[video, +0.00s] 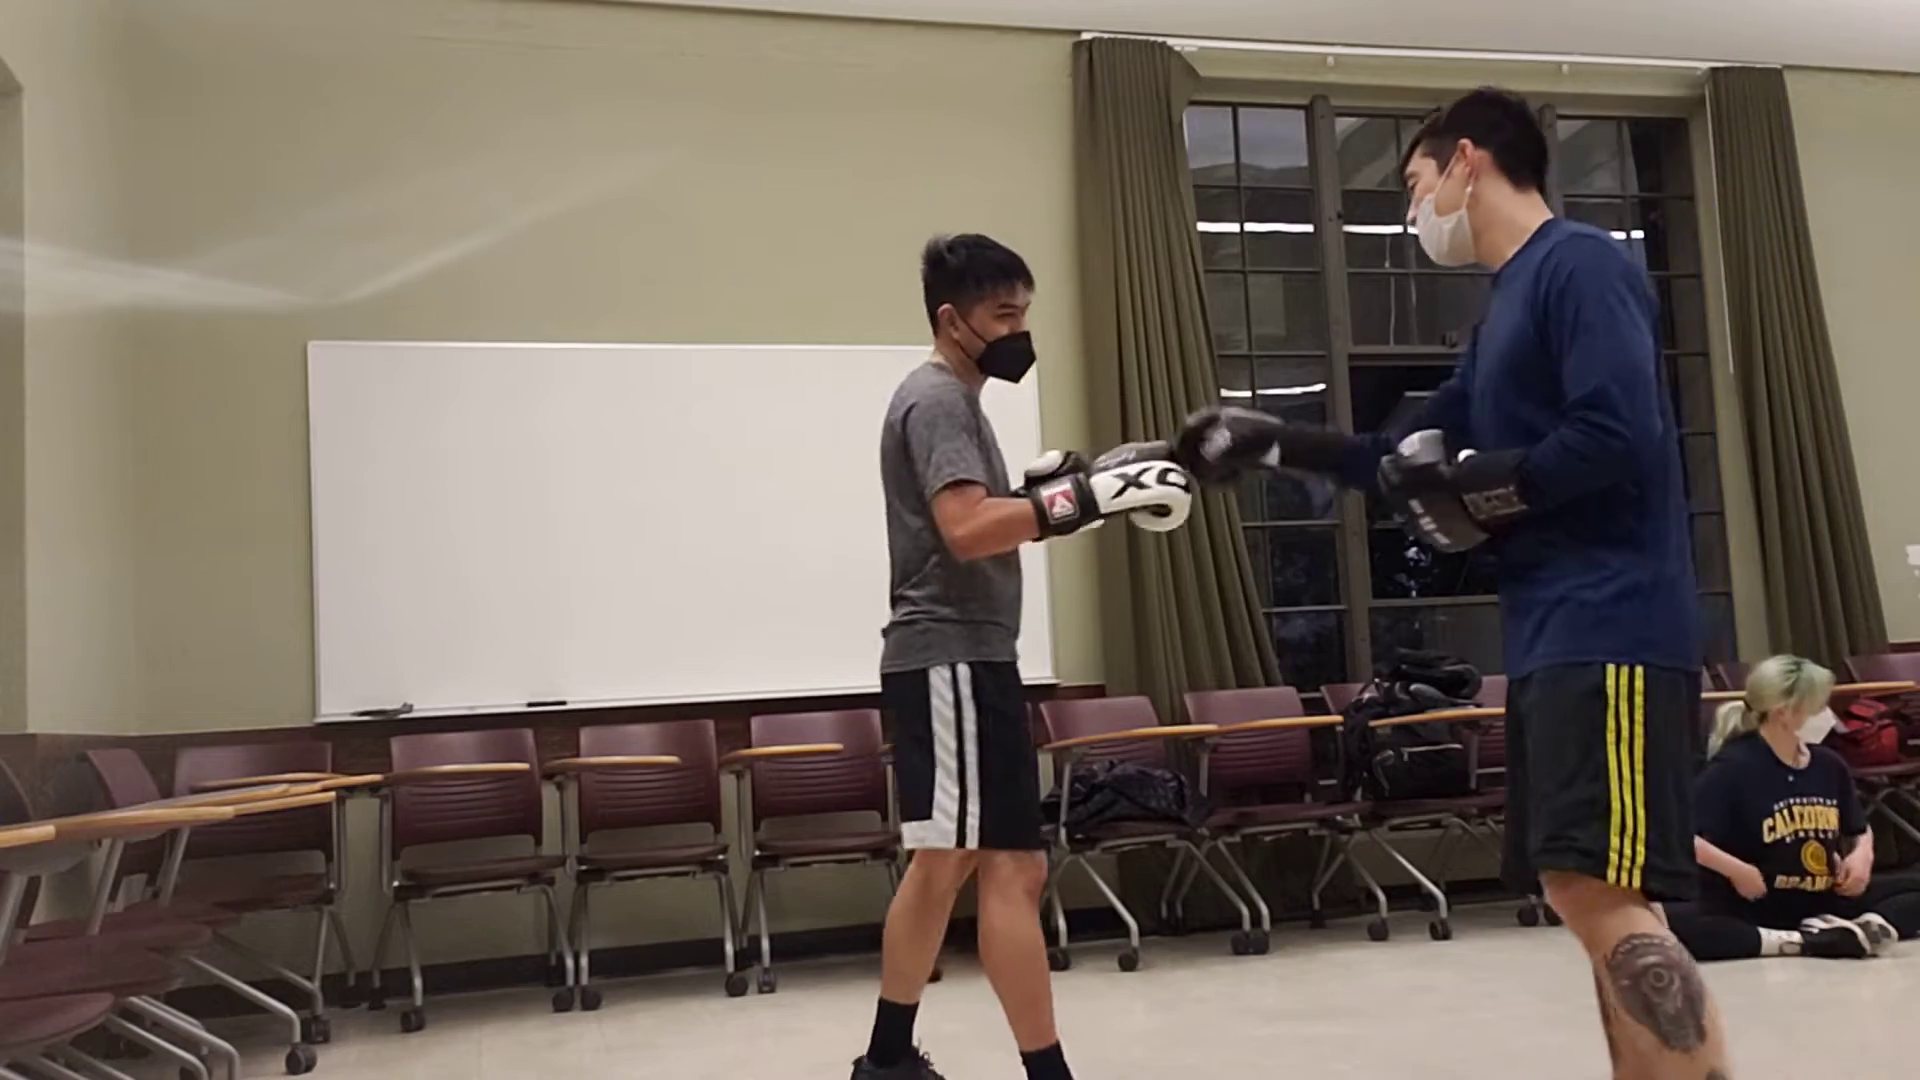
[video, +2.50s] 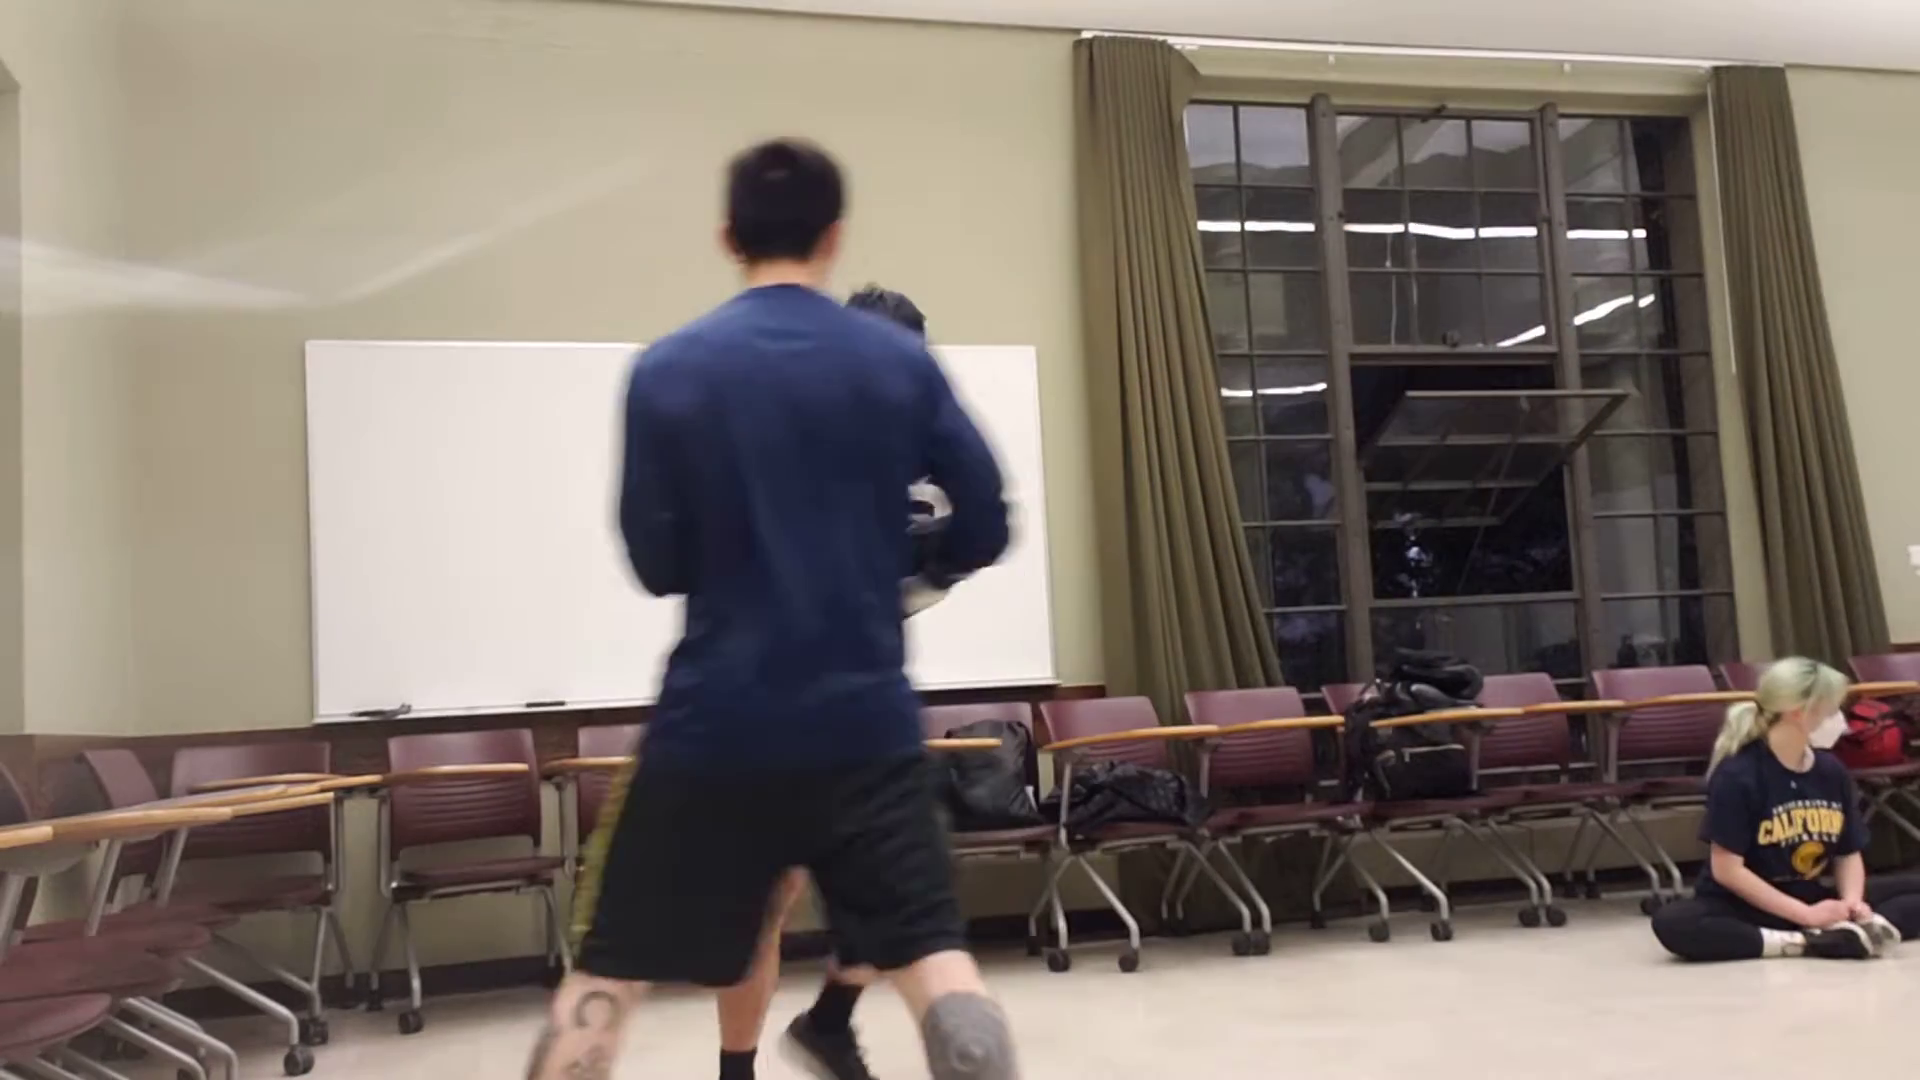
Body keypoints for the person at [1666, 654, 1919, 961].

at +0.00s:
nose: (1820, 714)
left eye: (1818, 706)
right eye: (1812, 706)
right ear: (1781, 712)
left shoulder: (1831, 765)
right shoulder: (1732, 767)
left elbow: (1859, 830)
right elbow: (1683, 834)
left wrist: (1862, 856)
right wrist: (1735, 869)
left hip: (1829, 901)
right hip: (1756, 907)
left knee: (1916, 896)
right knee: (1676, 925)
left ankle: (1860, 930)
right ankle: (1790, 942)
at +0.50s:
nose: (1835, 726)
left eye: (1833, 716)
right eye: (1825, 719)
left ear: (1793, 722)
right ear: (1789, 723)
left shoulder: (1834, 760)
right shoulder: (1736, 764)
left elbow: (1843, 804)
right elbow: (1645, 790)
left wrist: (1822, 845)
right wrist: (1692, 854)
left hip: (1809, 895)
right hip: (1738, 901)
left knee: (1917, 891)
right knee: (1669, 921)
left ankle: (1854, 931)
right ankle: (1795, 943)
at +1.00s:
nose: (1835, 725)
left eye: (1834, 716)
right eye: (1826, 718)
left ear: (1797, 721)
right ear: (1793, 722)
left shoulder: (1837, 760)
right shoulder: (1738, 764)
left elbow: (1870, 794)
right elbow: (1647, 794)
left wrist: (1859, 848)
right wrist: (1684, 864)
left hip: (1813, 897)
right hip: (1740, 902)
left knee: (1917, 888)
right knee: (1673, 923)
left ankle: (1853, 931)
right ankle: (1797, 943)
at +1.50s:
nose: (1833, 727)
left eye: (1832, 717)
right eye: (1825, 719)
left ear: (1799, 722)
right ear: (1792, 722)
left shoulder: (1829, 757)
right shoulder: (1736, 766)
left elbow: (1844, 802)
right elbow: (1650, 802)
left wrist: (1830, 848)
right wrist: (1703, 866)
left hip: (1811, 895)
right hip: (1744, 903)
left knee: (1917, 888)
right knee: (1672, 922)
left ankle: (1854, 932)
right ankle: (1798, 944)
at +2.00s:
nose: (1820, 712)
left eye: (1819, 703)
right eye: (1812, 703)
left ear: (1784, 708)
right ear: (1781, 708)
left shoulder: (1823, 766)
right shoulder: (1735, 769)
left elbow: (1852, 842)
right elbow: (1704, 862)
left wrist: (1856, 878)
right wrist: (1796, 890)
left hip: (1822, 898)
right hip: (1749, 905)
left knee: (1915, 897)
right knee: (1670, 922)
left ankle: (1850, 930)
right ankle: (1792, 945)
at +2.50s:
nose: (1839, 717)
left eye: (1837, 707)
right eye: (1831, 708)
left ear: (1801, 715)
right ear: (1799, 714)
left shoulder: (1832, 772)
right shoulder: (1736, 775)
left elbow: (1848, 853)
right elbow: (1725, 869)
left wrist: (1852, 900)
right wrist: (1805, 915)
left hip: (1821, 898)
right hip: (1746, 902)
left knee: (1915, 897)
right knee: (1670, 923)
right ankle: (1799, 944)